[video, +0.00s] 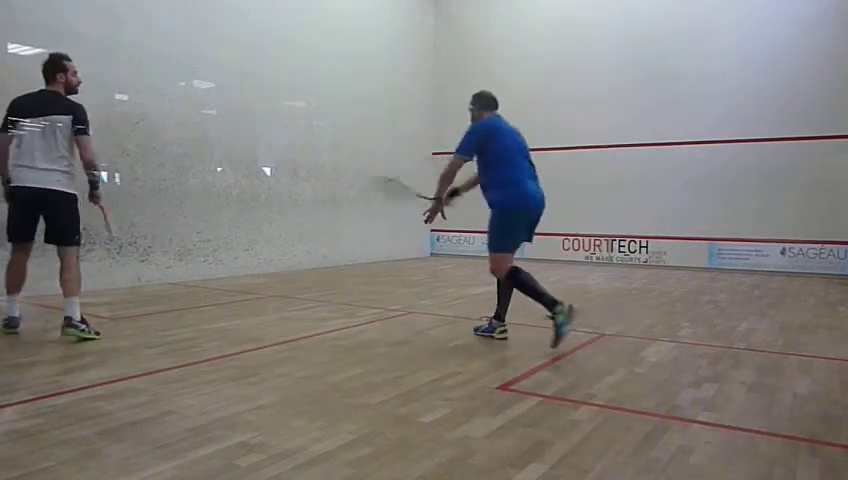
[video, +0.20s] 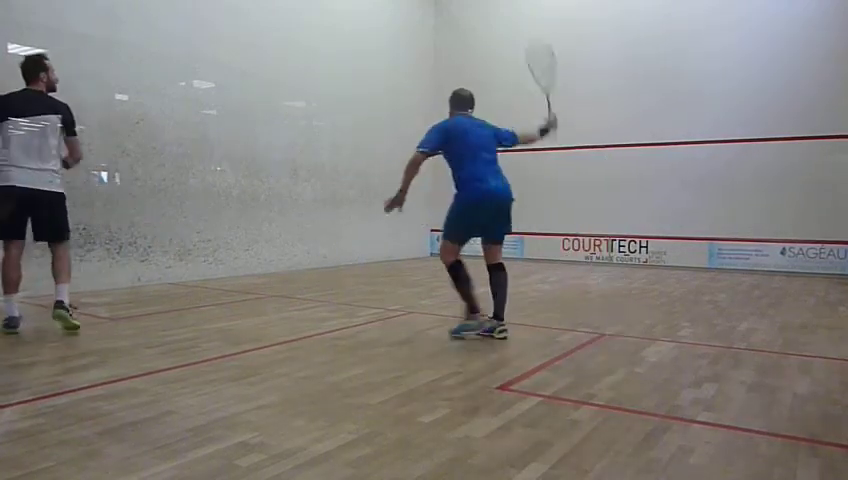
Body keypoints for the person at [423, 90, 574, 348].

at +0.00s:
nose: (470, 116)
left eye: (472, 112)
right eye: (470, 112)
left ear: (480, 111)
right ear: (493, 110)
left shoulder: (479, 130)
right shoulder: (509, 131)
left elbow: (451, 170)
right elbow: (486, 171)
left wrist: (437, 203)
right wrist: (459, 190)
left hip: (509, 203)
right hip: (532, 200)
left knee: (499, 266)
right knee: (504, 263)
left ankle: (557, 309)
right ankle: (498, 322)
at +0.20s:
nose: (450, 112)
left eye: (450, 108)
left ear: (450, 107)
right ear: (471, 108)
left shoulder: (445, 128)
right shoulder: (486, 128)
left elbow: (416, 161)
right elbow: (521, 138)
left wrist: (401, 194)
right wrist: (543, 130)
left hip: (471, 197)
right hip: (501, 196)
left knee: (448, 254)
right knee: (494, 256)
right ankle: (498, 321)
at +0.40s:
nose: (436, 111)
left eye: (430, 107)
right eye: (441, 105)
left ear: (426, 109)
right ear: (448, 108)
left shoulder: (417, 135)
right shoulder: (467, 128)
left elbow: (388, 165)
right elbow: (503, 116)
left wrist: (373, 191)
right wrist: (503, 83)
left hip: (424, 208)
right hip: (462, 208)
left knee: (398, 258)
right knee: (473, 260)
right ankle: (486, 319)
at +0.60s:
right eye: (404, 108)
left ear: (385, 110)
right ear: (407, 110)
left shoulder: (374, 136)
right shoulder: (419, 134)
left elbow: (353, 169)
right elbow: (455, 137)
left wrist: (363, 187)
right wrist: (465, 116)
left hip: (375, 208)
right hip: (411, 208)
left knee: (356, 256)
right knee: (435, 259)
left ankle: (345, 312)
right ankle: (461, 315)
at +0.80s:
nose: (369, 105)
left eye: (359, 100)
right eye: (374, 101)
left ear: (354, 101)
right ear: (376, 101)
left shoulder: (342, 126)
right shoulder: (386, 124)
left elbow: (320, 158)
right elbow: (408, 152)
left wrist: (336, 179)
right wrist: (441, 163)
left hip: (346, 197)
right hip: (377, 197)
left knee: (341, 252)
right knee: (385, 255)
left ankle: (329, 307)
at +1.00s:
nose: (362, 109)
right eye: (364, 106)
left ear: (343, 103)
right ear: (363, 106)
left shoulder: (326, 129)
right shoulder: (369, 131)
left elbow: (298, 157)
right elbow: (384, 163)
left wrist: (309, 185)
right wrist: (416, 189)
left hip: (321, 198)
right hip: (349, 200)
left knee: (330, 251)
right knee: (354, 258)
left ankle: (321, 312)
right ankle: (316, 307)